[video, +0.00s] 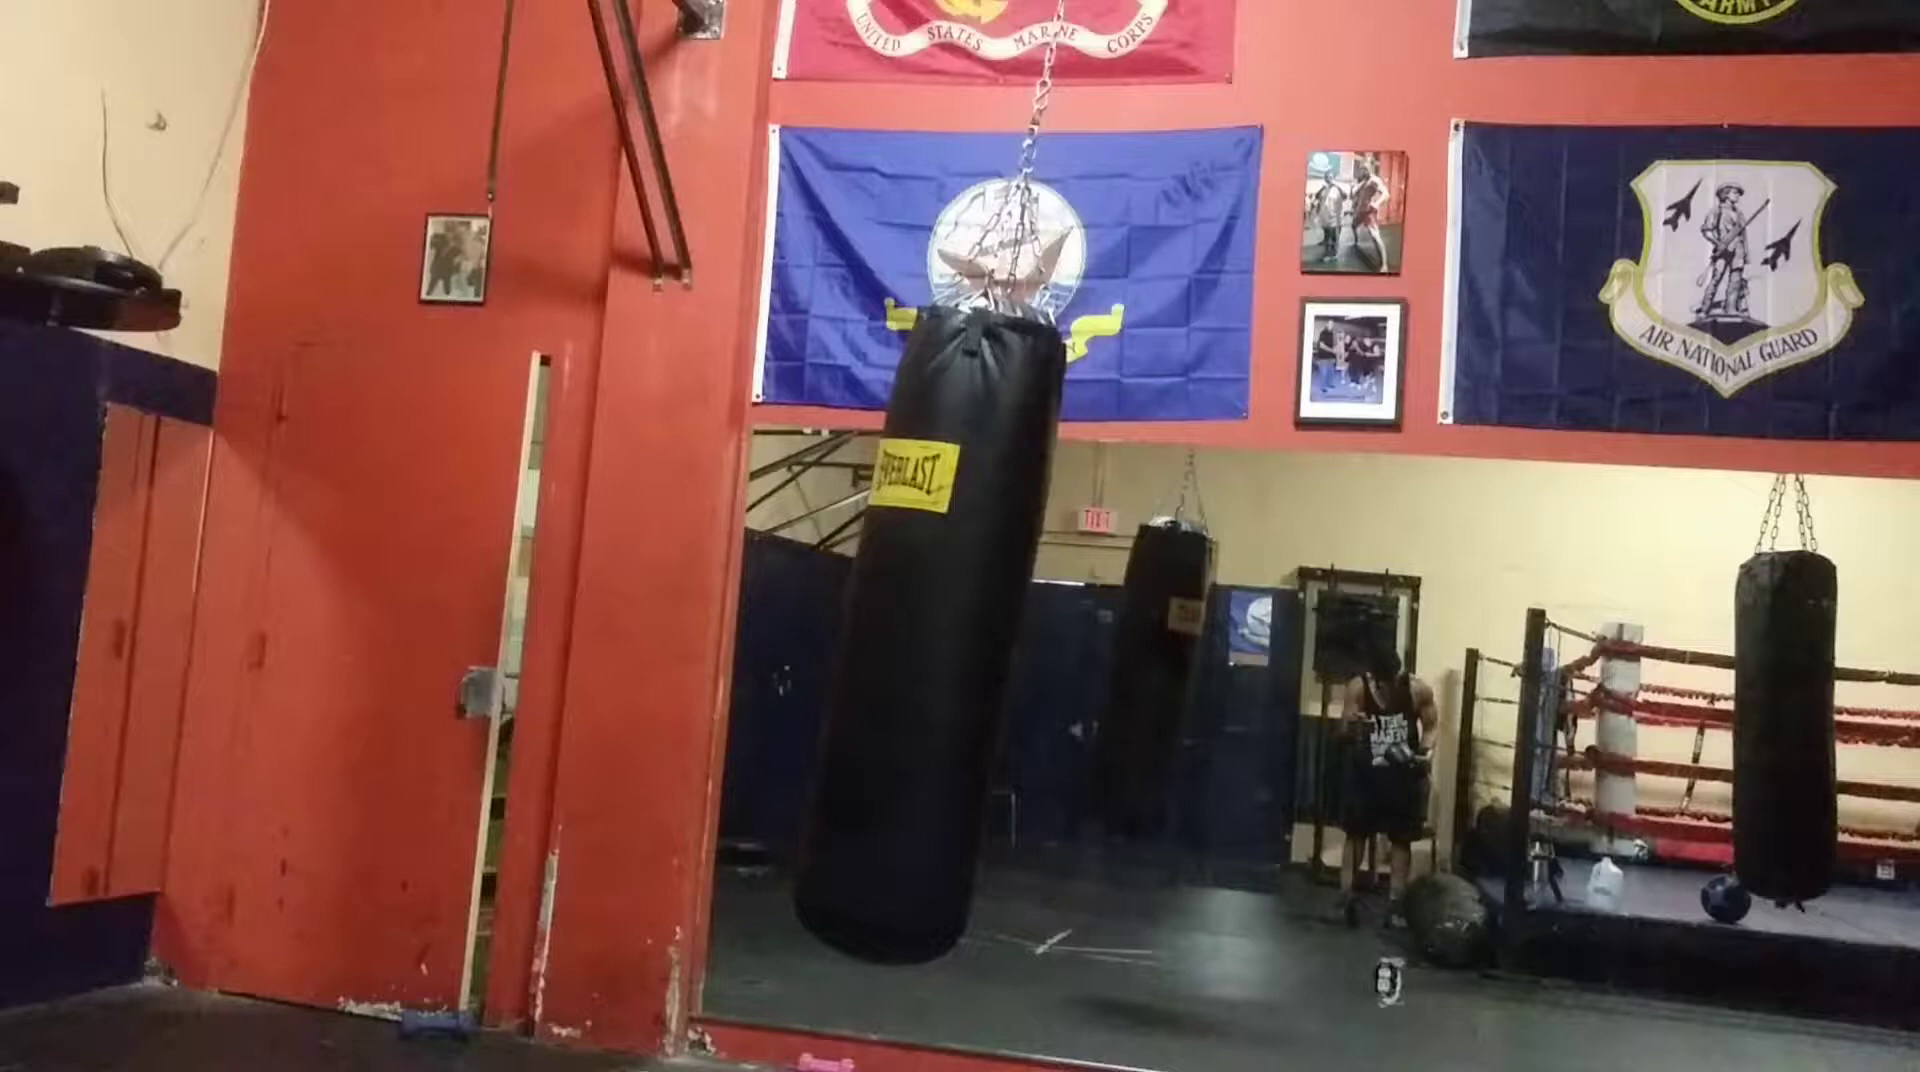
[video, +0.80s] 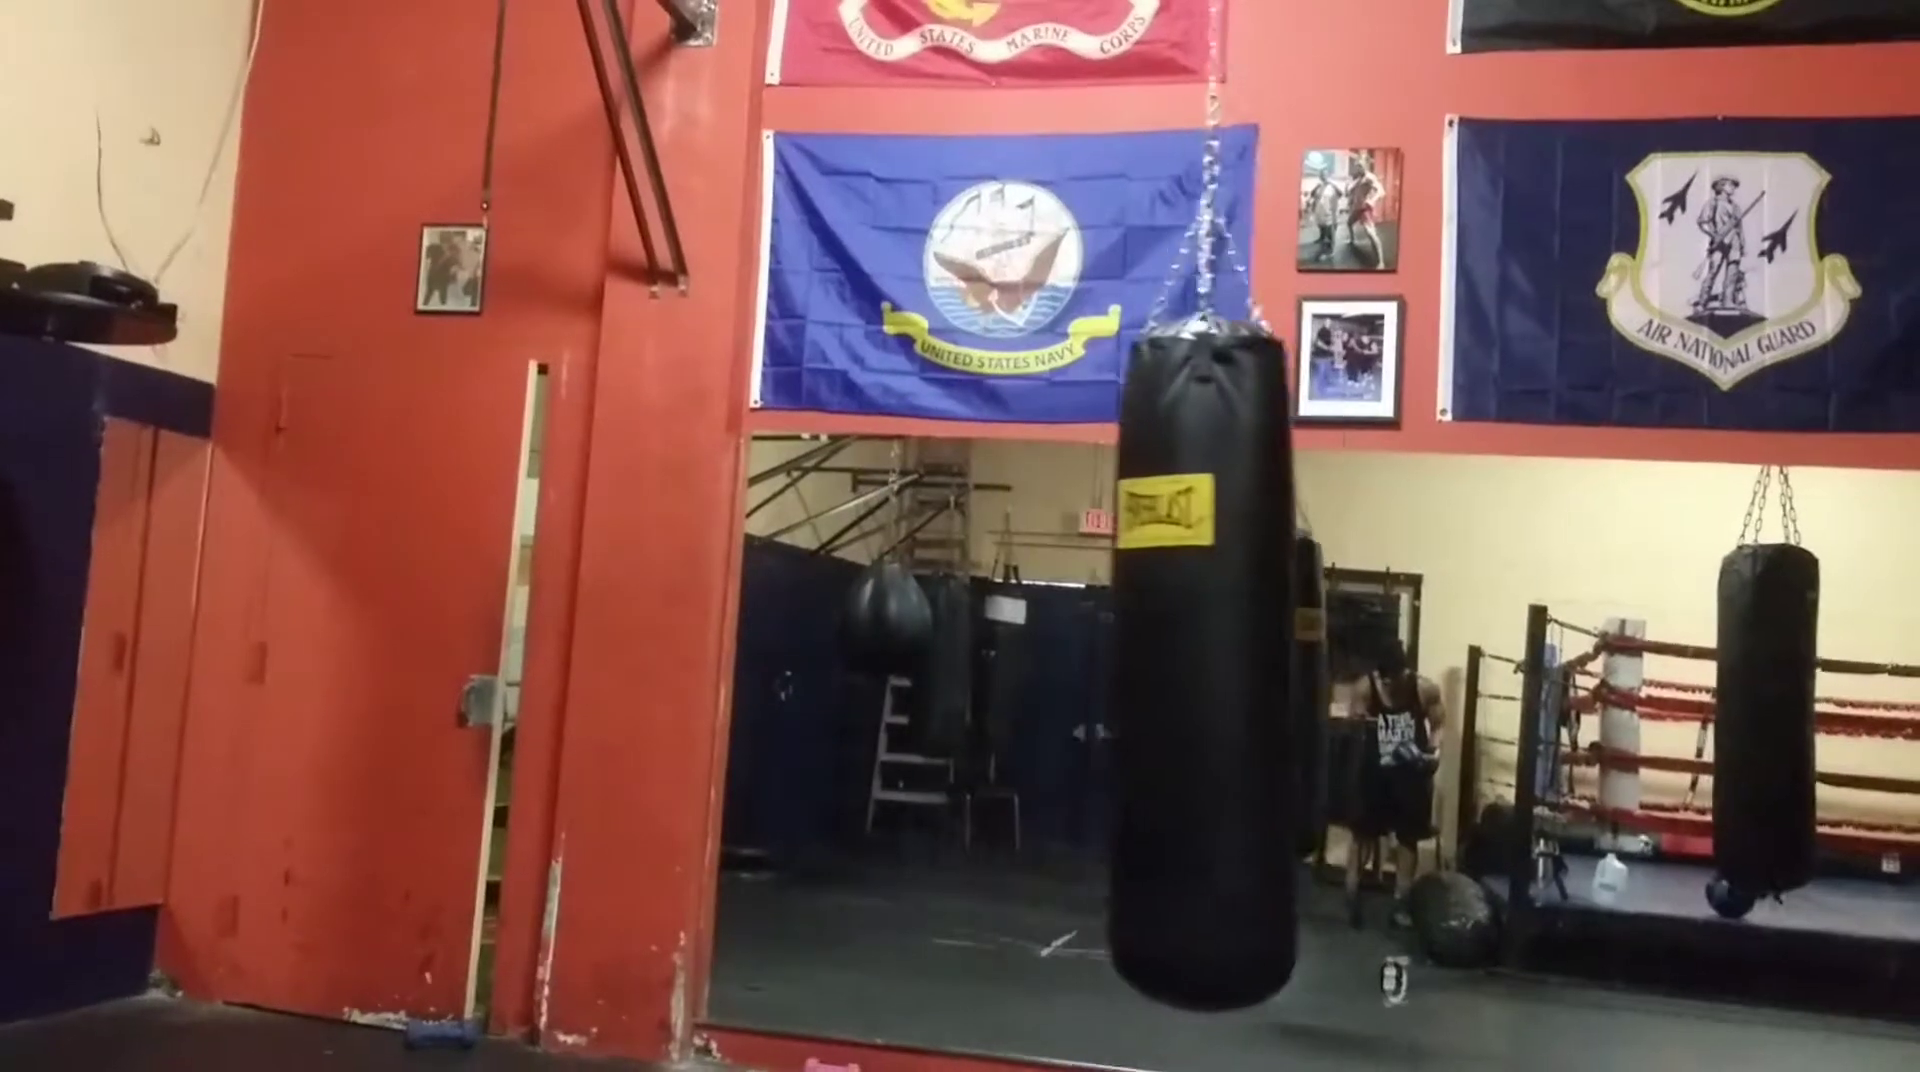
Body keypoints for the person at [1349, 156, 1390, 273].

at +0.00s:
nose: (1356, 172)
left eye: (1359, 169)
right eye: (1356, 169)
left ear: (1365, 170)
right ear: (1358, 171)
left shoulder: (1374, 180)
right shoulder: (1359, 183)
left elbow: (1385, 193)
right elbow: (1353, 196)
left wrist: (1376, 204)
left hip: (1369, 211)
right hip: (1358, 212)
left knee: (1375, 236)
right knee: (1353, 227)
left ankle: (1384, 264)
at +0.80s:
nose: (1352, 169)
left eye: (1355, 166)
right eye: (1352, 167)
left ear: (1361, 167)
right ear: (1354, 168)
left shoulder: (1369, 178)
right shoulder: (1355, 181)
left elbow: (1380, 191)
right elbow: (1349, 193)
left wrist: (1370, 201)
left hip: (1365, 208)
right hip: (1355, 208)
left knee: (1370, 232)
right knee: (1350, 224)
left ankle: (1380, 261)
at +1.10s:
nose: (1356, 171)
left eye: (1359, 168)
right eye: (1355, 169)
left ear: (1364, 169)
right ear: (1356, 170)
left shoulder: (1369, 180)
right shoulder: (1356, 183)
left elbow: (1381, 193)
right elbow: (1348, 195)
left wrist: (1371, 204)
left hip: (1365, 210)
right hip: (1356, 210)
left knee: (1371, 235)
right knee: (1350, 226)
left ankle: (1380, 264)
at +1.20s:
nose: (1355, 171)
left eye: (1358, 168)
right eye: (1354, 168)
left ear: (1363, 169)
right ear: (1354, 170)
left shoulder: (1370, 180)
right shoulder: (1356, 184)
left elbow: (1381, 194)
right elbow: (1348, 196)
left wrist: (1372, 204)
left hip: (1365, 211)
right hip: (1355, 212)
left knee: (1371, 235)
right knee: (1350, 226)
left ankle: (1380, 264)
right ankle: (1352, 243)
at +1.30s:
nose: (1353, 171)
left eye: (1355, 167)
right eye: (1352, 168)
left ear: (1362, 168)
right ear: (1354, 169)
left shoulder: (1368, 180)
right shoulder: (1355, 183)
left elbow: (1379, 193)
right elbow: (1349, 196)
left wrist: (1370, 203)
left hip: (1364, 211)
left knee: (1370, 236)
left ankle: (1379, 264)